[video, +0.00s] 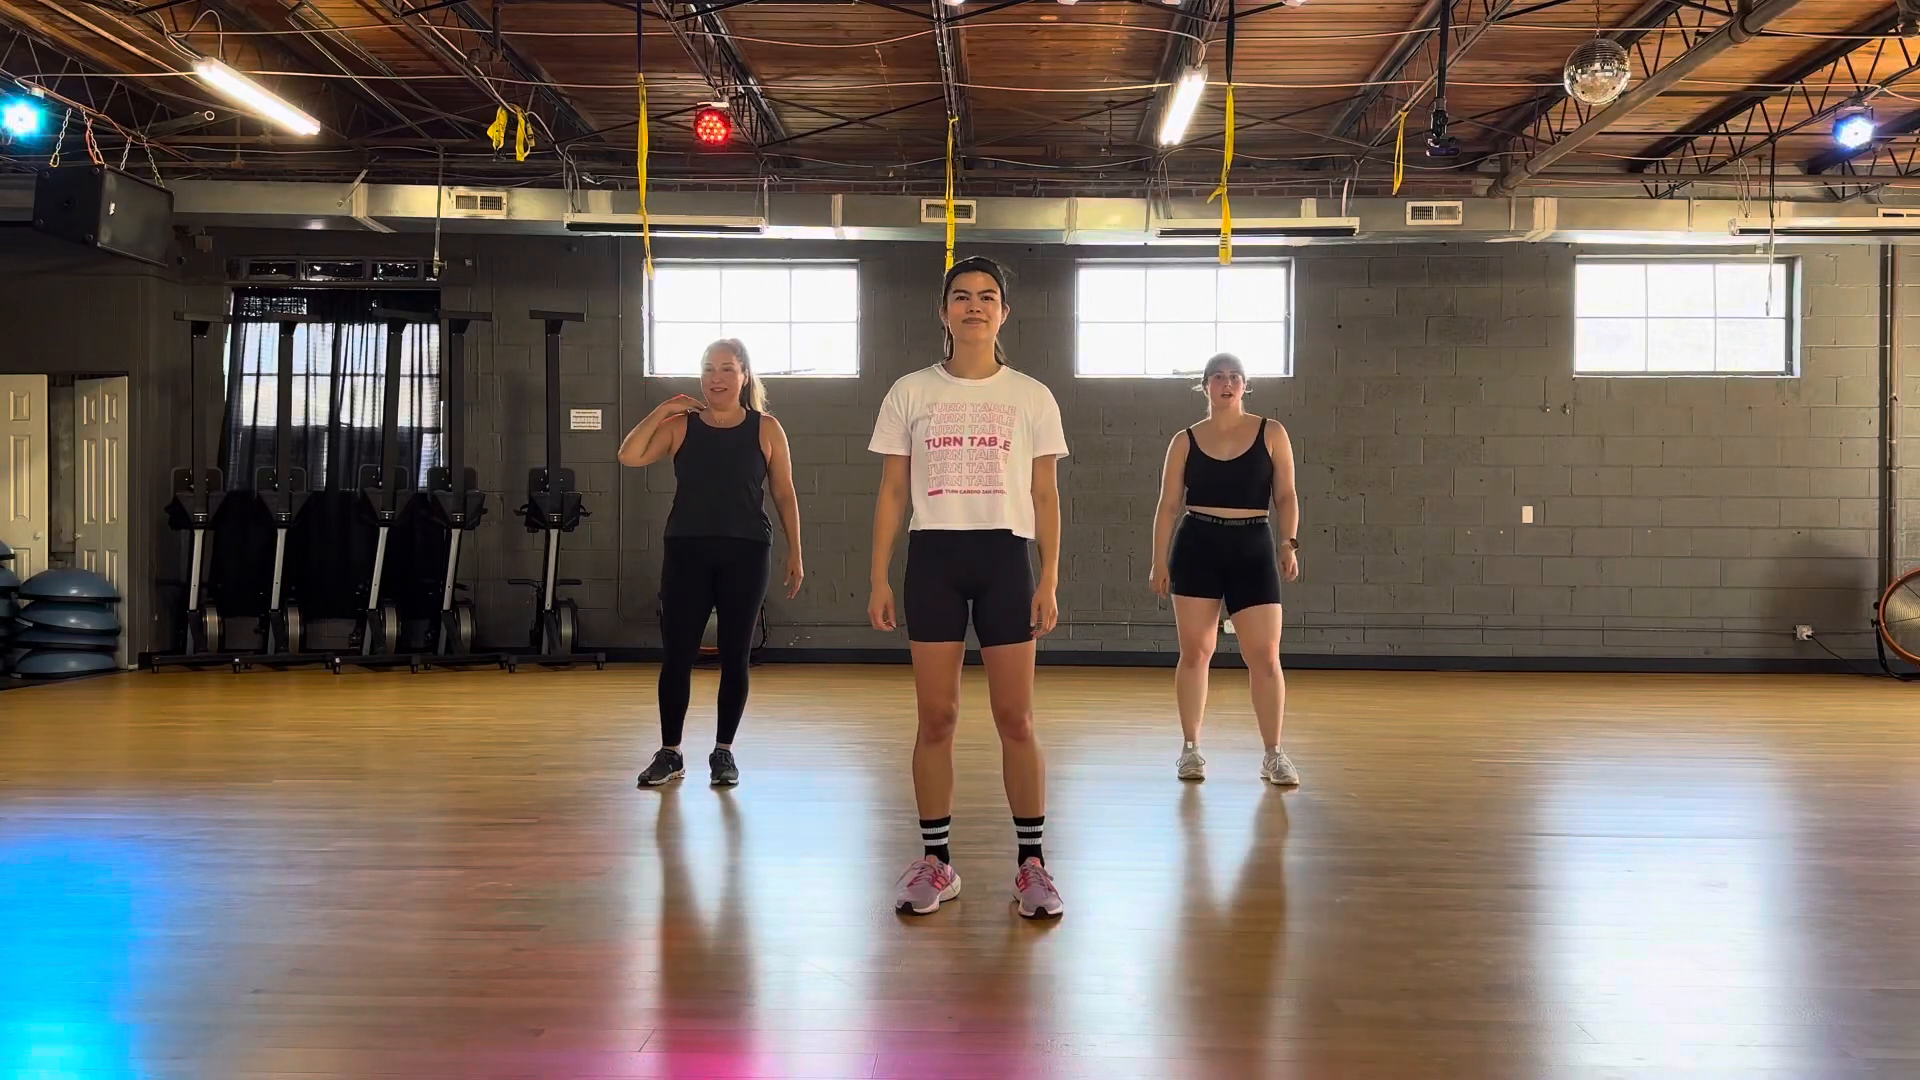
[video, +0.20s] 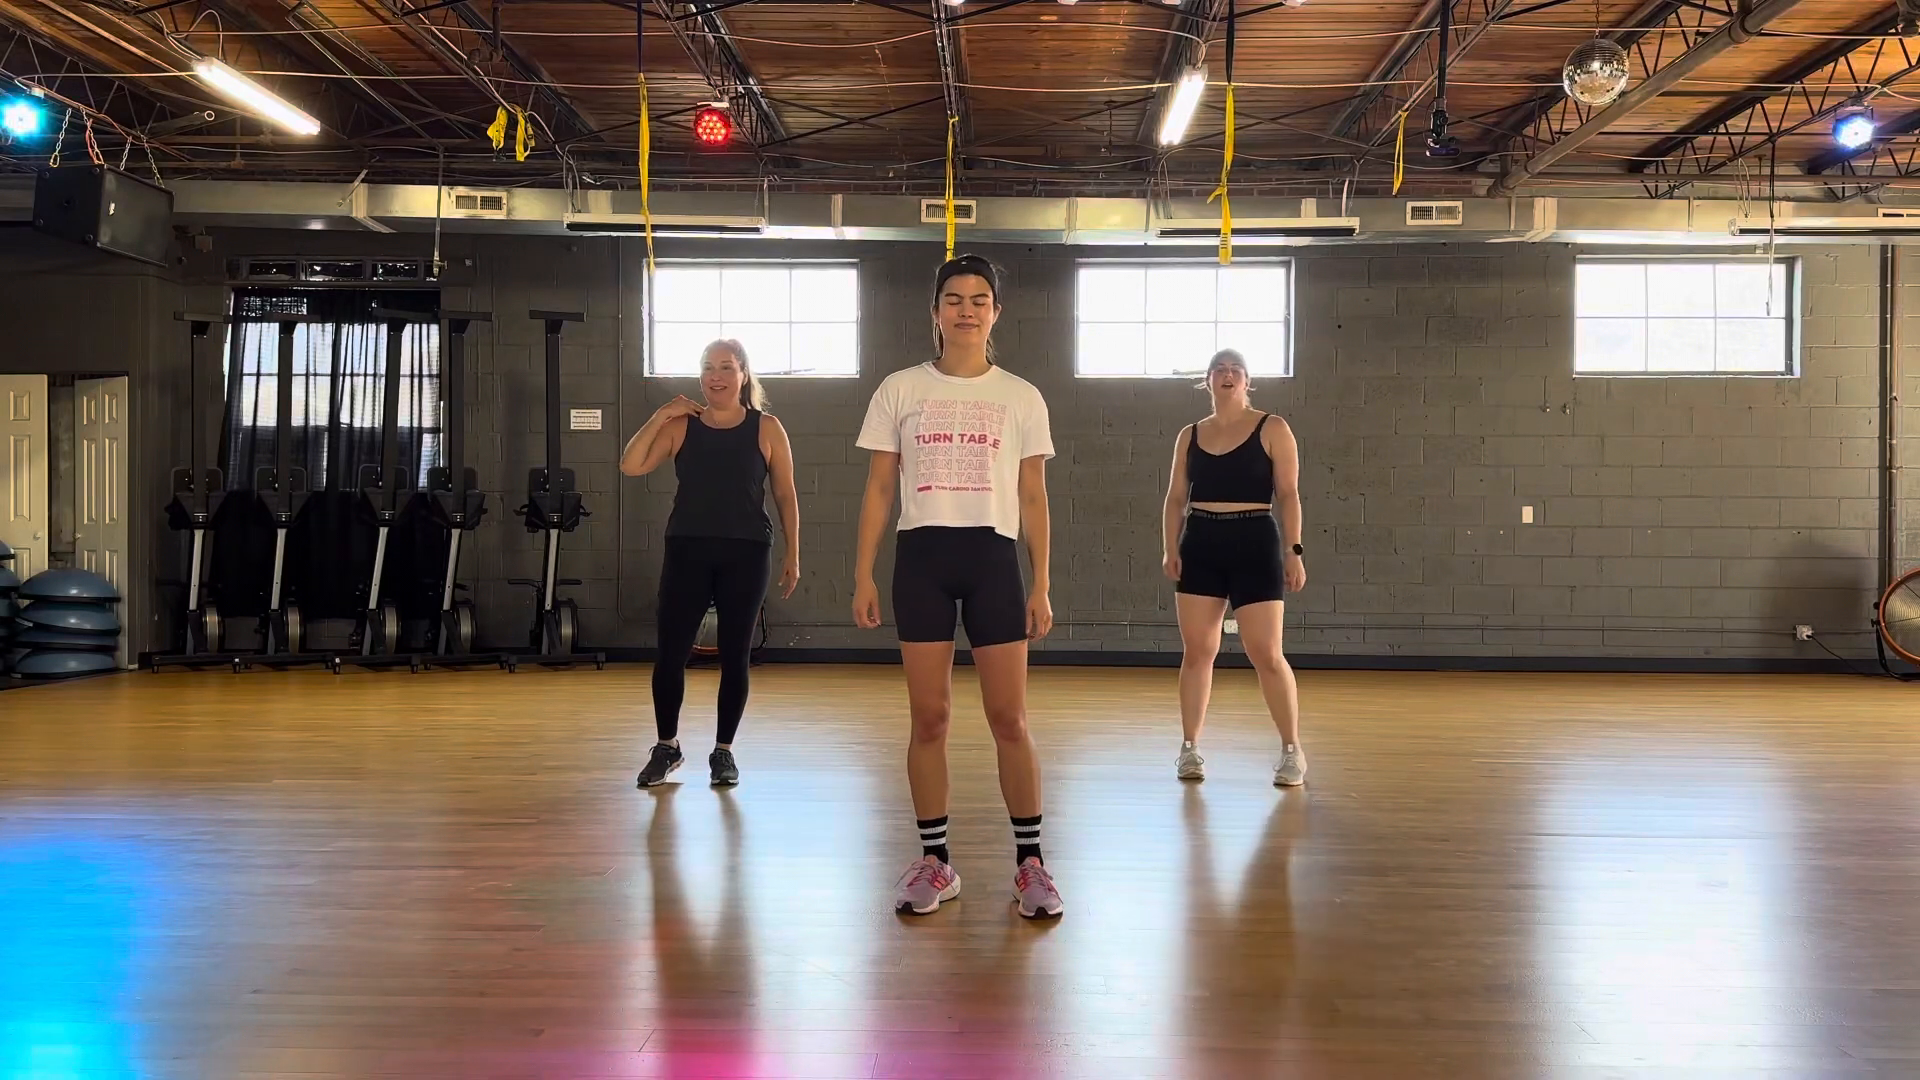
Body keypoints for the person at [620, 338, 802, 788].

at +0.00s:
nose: (718, 377)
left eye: (728, 369)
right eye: (711, 369)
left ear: (745, 377)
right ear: (701, 377)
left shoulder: (766, 428)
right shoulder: (681, 423)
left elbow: (784, 494)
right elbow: (630, 456)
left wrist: (795, 552)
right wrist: (659, 411)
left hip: (745, 553)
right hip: (687, 551)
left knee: (735, 655)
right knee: (678, 653)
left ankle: (722, 751)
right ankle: (669, 752)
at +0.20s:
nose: (716, 375)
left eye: (726, 368)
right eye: (709, 368)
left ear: (744, 375)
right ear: (701, 376)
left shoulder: (766, 428)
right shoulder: (681, 424)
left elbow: (786, 495)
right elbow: (632, 465)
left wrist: (792, 556)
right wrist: (658, 415)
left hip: (745, 553)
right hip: (687, 550)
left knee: (734, 654)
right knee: (671, 649)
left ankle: (723, 750)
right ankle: (666, 746)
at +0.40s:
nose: (718, 378)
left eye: (728, 370)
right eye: (710, 370)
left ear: (745, 376)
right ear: (702, 378)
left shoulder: (767, 430)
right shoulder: (683, 427)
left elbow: (785, 497)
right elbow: (643, 481)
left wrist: (794, 557)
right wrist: (663, 430)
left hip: (745, 554)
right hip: (687, 553)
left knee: (734, 656)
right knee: (676, 654)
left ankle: (723, 750)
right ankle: (670, 751)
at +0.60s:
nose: (717, 376)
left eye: (727, 369)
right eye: (710, 369)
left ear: (745, 377)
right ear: (701, 377)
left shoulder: (768, 429)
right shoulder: (683, 427)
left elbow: (786, 496)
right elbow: (650, 485)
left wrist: (793, 556)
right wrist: (662, 434)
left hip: (747, 554)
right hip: (688, 552)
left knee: (735, 655)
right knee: (670, 649)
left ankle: (723, 750)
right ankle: (667, 745)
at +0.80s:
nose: (719, 377)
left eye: (729, 369)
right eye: (712, 370)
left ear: (747, 376)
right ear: (703, 378)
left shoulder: (771, 429)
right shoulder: (685, 427)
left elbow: (790, 496)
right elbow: (655, 488)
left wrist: (798, 554)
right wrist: (666, 438)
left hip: (748, 554)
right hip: (690, 551)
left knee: (736, 655)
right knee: (672, 649)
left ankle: (723, 749)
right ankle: (667, 743)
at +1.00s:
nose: (721, 375)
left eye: (731, 368)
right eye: (714, 368)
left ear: (748, 376)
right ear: (705, 377)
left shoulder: (770, 429)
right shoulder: (686, 426)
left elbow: (794, 493)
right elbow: (651, 484)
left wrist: (802, 553)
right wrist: (665, 435)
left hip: (748, 554)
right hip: (690, 552)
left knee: (737, 655)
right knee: (677, 651)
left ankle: (723, 750)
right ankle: (670, 749)